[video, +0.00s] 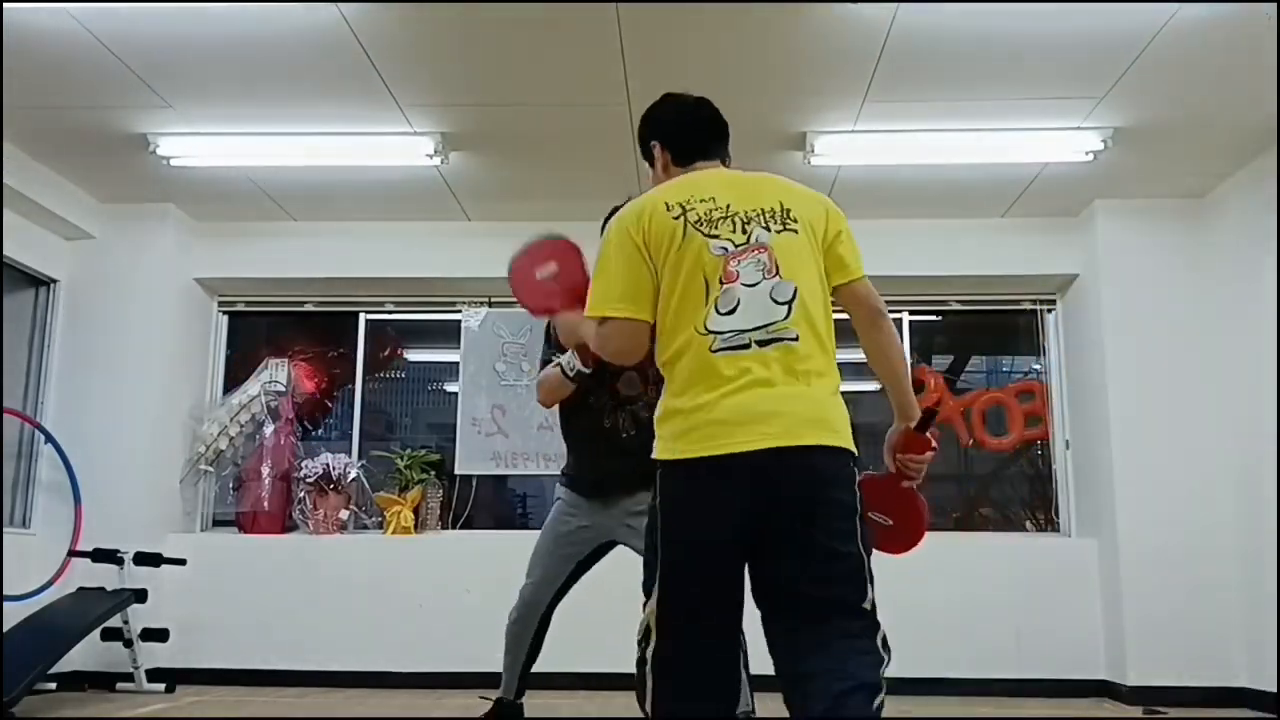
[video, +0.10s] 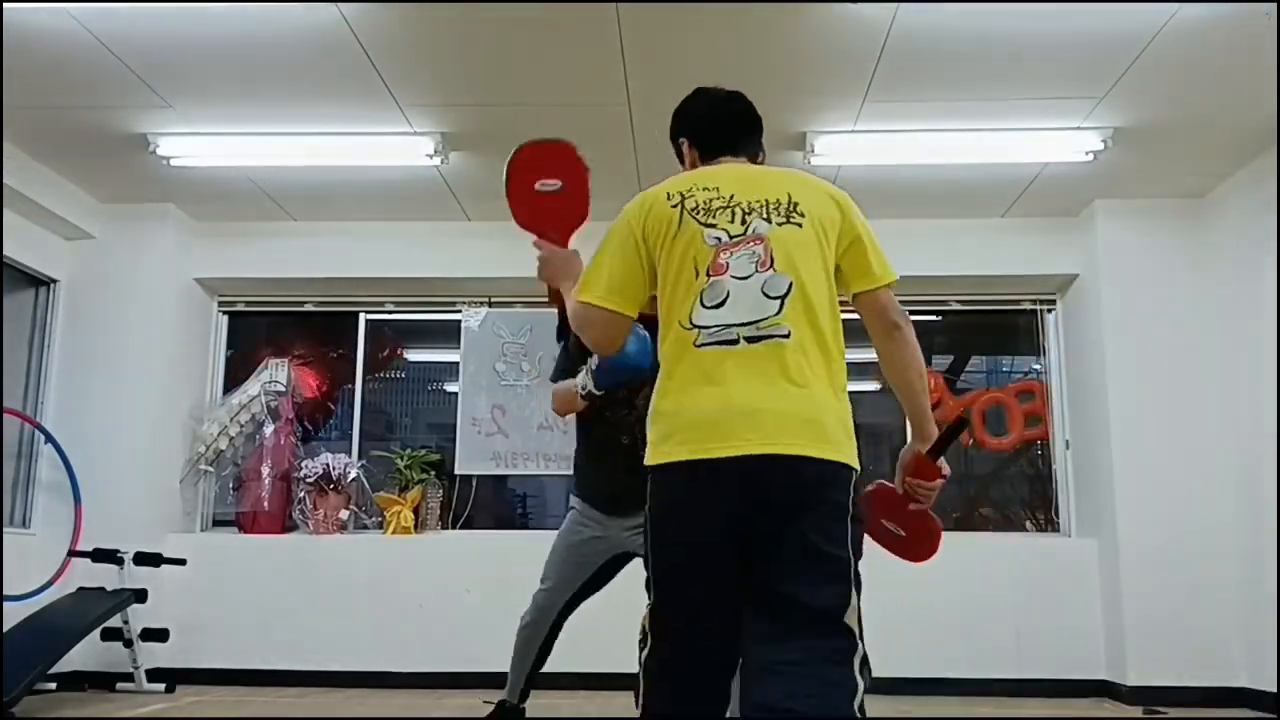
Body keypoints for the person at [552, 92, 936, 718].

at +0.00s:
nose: (650, 176)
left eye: (646, 163)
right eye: (647, 165)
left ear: (659, 157)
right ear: (727, 153)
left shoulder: (641, 218)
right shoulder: (810, 204)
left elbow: (624, 345)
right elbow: (869, 310)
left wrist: (582, 327)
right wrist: (907, 416)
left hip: (704, 464)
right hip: (816, 458)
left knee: (694, 649)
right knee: (833, 637)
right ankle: (847, 710)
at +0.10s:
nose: (676, 164)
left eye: (676, 154)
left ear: (686, 152)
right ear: (760, 149)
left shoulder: (653, 208)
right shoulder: (826, 199)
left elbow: (602, 335)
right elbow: (888, 318)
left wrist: (569, 280)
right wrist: (924, 434)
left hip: (693, 463)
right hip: (812, 459)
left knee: (690, 654)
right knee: (808, 651)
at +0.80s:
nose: (637, 146)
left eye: (636, 141)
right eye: (636, 139)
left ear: (550, 144)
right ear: (624, 136)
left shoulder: (498, 203)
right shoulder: (631, 162)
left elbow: (501, 317)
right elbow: (651, 231)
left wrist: (621, 342)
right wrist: (709, 351)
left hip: (473, 419)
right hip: (572, 412)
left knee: (501, 628)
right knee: (633, 624)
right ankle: (583, 707)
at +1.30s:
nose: (486, 132)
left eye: (487, 120)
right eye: (487, 116)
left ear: (391, 99)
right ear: (464, 98)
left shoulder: (316, 170)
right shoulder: (442, 128)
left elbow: (235, 298)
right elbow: (431, 243)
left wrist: (310, 378)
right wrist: (495, 398)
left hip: (276, 423)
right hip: (350, 416)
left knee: (391, 640)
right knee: (309, 670)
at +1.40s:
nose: (467, 105)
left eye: (471, 87)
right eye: (470, 81)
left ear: (368, 55)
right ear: (442, 56)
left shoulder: (292, 131)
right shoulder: (404, 92)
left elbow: (215, 267)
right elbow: (370, 218)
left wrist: (338, 334)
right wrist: (430, 373)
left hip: (264, 400)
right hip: (322, 400)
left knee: (383, 621)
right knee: (285, 657)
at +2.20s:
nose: (504, 173)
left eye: (507, 156)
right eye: (503, 149)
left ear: (460, 137)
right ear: (470, 134)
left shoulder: (434, 234)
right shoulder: (393, 166)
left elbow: (492, 273)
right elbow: (308, 256)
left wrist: (577, 263)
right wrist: (316, 387)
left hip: (323, 436)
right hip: (263, 418)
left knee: (354, 623)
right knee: (252, 623)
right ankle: (140, 706)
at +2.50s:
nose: (464, 164)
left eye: (468, 147)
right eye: (463, 140)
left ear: (416, 123)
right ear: (425, 120)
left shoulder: (361, 213)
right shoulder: (336, 162)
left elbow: (292, 349)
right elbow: (241, 275)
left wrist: (308, 452)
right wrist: (274, 416)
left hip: (271, 458)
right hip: (212, 442)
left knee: (335, 675)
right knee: (155, 670)